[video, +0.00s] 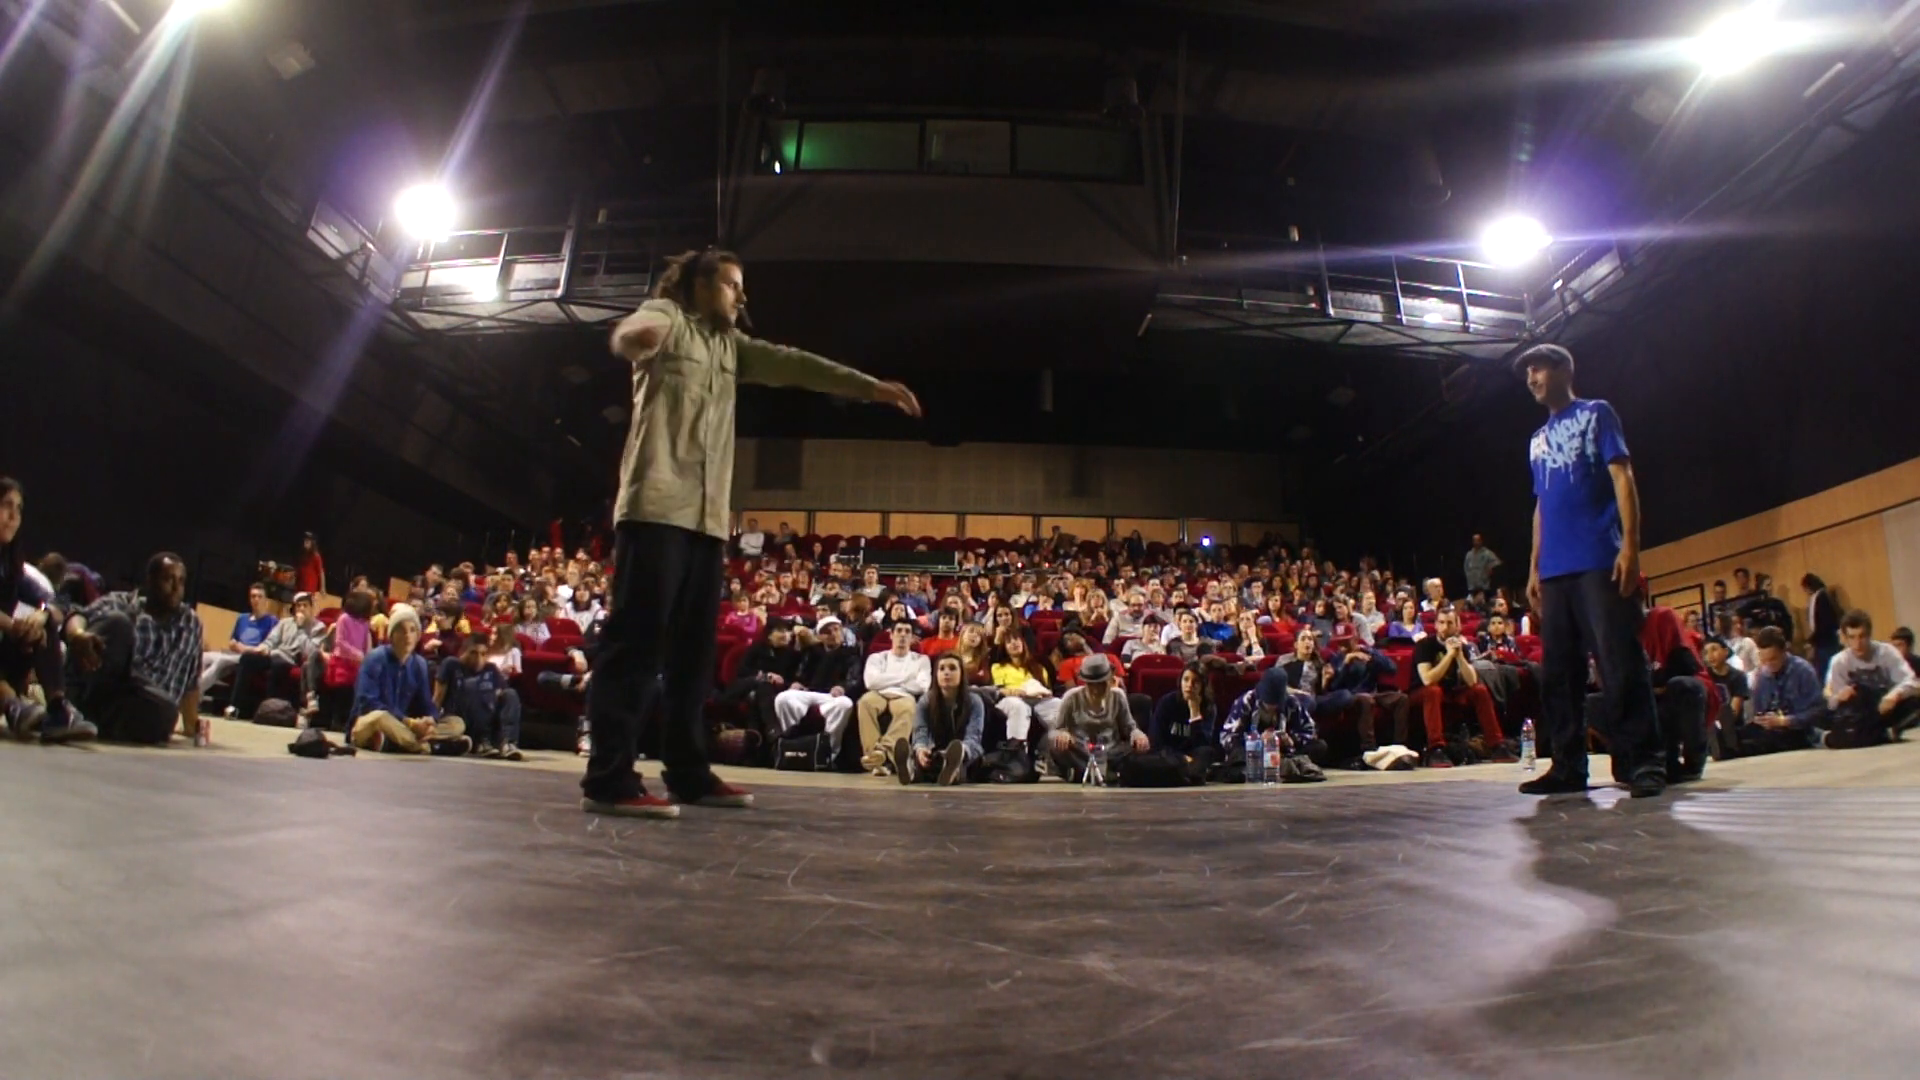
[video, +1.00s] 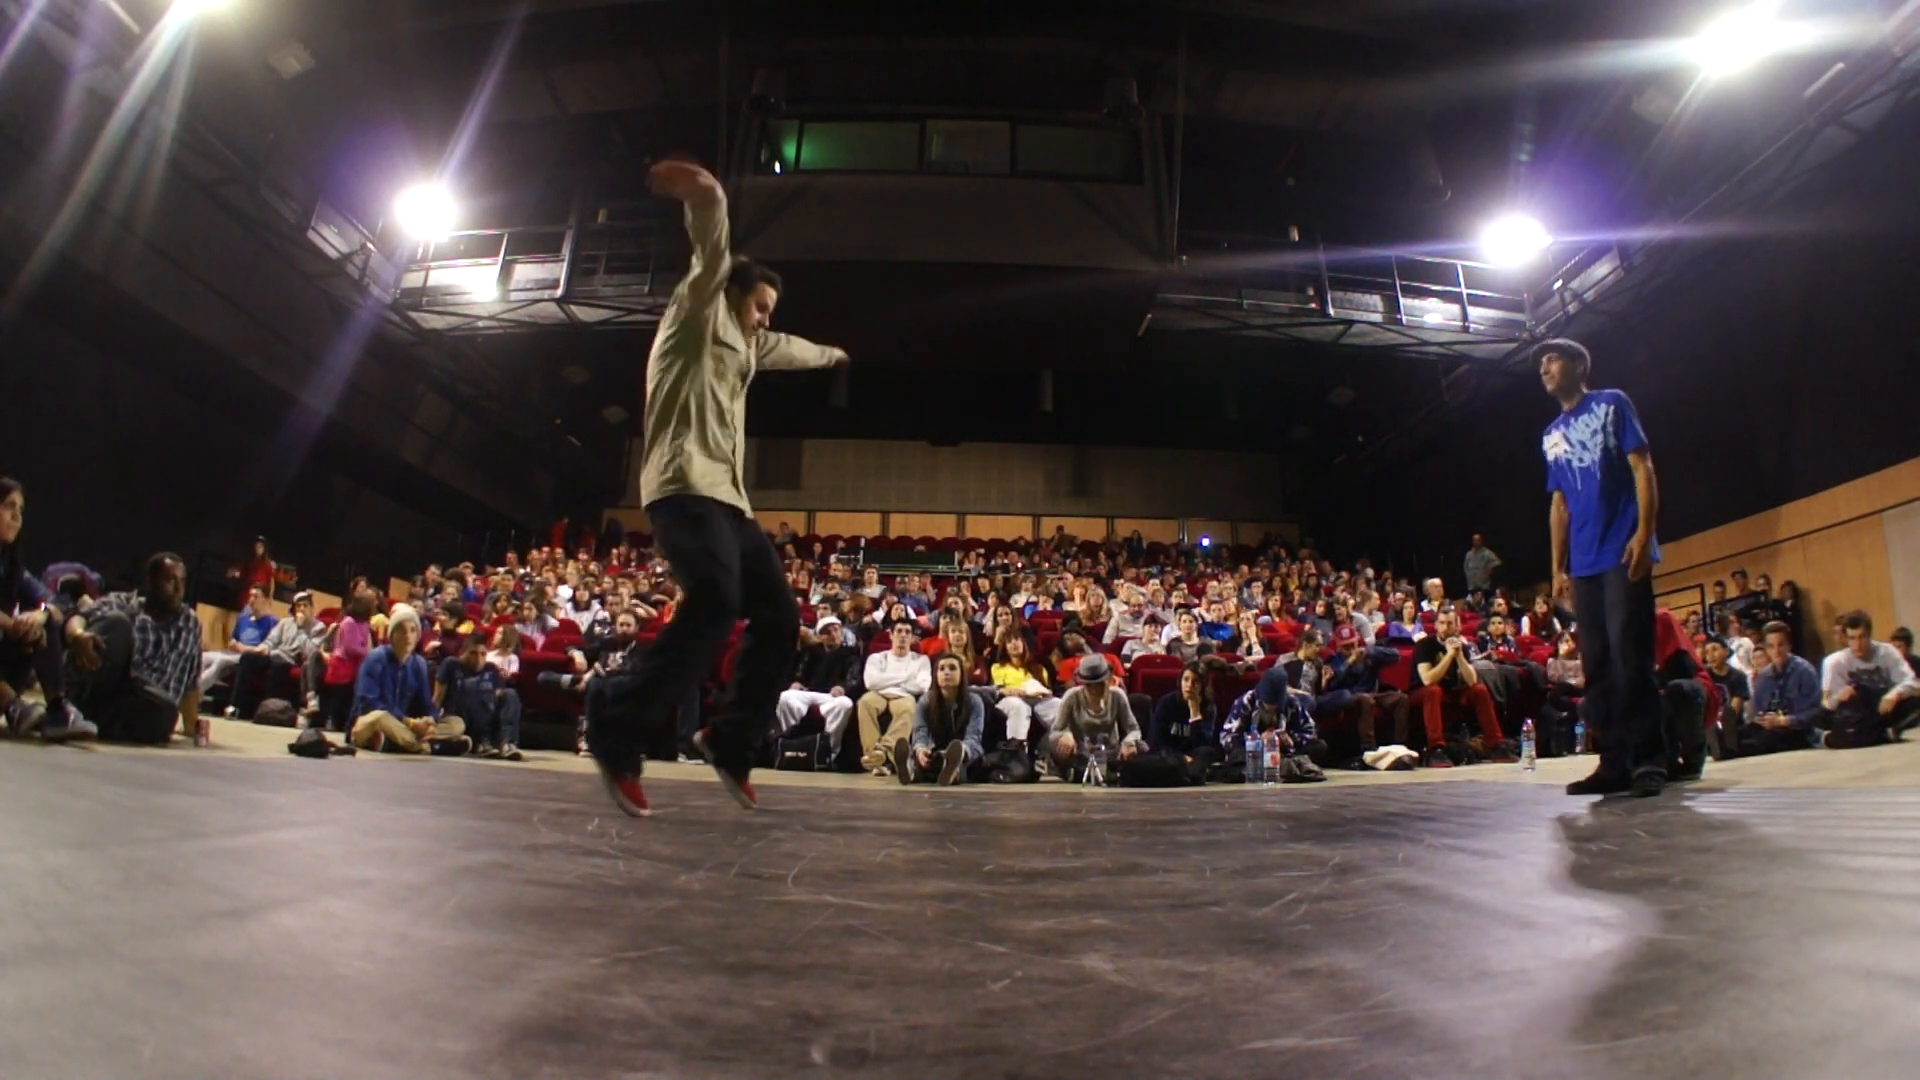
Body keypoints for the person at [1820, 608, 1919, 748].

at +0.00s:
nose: (1857, 643)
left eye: (1862, 636)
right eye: (1852, 637)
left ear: (1869, 635)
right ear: (1843, 638)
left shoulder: (1886, 652)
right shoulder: (1839, 661)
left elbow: (1911, 681)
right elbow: (1830, 702)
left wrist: (1894, 695)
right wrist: (1839, 696)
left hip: (1886, 702)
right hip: (1858, 704)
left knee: (1914, 703)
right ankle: (1885, 734)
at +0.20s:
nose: (1857, 643)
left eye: (1861, 637)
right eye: (1852, 638)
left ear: (1869, 635)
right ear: (1844, 638)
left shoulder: (1886, 652)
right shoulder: (1839, 661)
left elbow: (1911, 681)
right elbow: (1831, 703)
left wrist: (1893, 695)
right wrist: (1839, 697)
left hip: (1887, 702)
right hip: (1859, 704)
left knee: (1913, 703)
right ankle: (1885, 734)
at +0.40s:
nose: (1857, 643)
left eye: (1861, 637)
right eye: (1851, 638)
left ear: (1869, 636)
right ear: (1844, 639)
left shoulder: (1886, 652)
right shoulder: (1837, 661)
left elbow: (1911, 681)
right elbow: (1830, 702)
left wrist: (1893, 695)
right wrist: (1838, 697)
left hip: (1886, 703)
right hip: (1857, 705)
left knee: (1914, 704)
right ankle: (1884, 734)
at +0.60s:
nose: (1857, 643)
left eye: (1861, 637)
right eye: (1851, 638)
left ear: (1869, 636)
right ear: (1845, 639)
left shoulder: (1887, 652)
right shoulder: (1836, 661)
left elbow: (1911, 681)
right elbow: (1830, 702)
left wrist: (1894, 695)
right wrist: (1839, 696)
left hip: (1886, 703)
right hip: (1857, 705)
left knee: (1914, 704)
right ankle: (1884, 734)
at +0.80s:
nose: (1857, 643)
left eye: (1862, 637)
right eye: (1852, 638)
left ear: (1870, 635)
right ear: (1846, 639)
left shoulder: (1887, 652)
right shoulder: (1835, 662)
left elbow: (1911, 681)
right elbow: (1827, 701)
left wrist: (1894, 695)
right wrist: (1838, 697)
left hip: (1885, 704)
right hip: (1856, 706)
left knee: (1913, 704)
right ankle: (1884, 734)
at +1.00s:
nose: (1857, 643)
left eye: (1862, 637)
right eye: (1852, 638)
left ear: (1870, 636)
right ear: (1846, 639)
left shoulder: (1887, 652)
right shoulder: (1834, 662)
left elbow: (1911, 681)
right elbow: (1827, 703)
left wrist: (1894, 694)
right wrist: (1838, 697)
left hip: (1885, 704)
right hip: (1856, 706)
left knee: (1913, 704)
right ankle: (1884, 734)